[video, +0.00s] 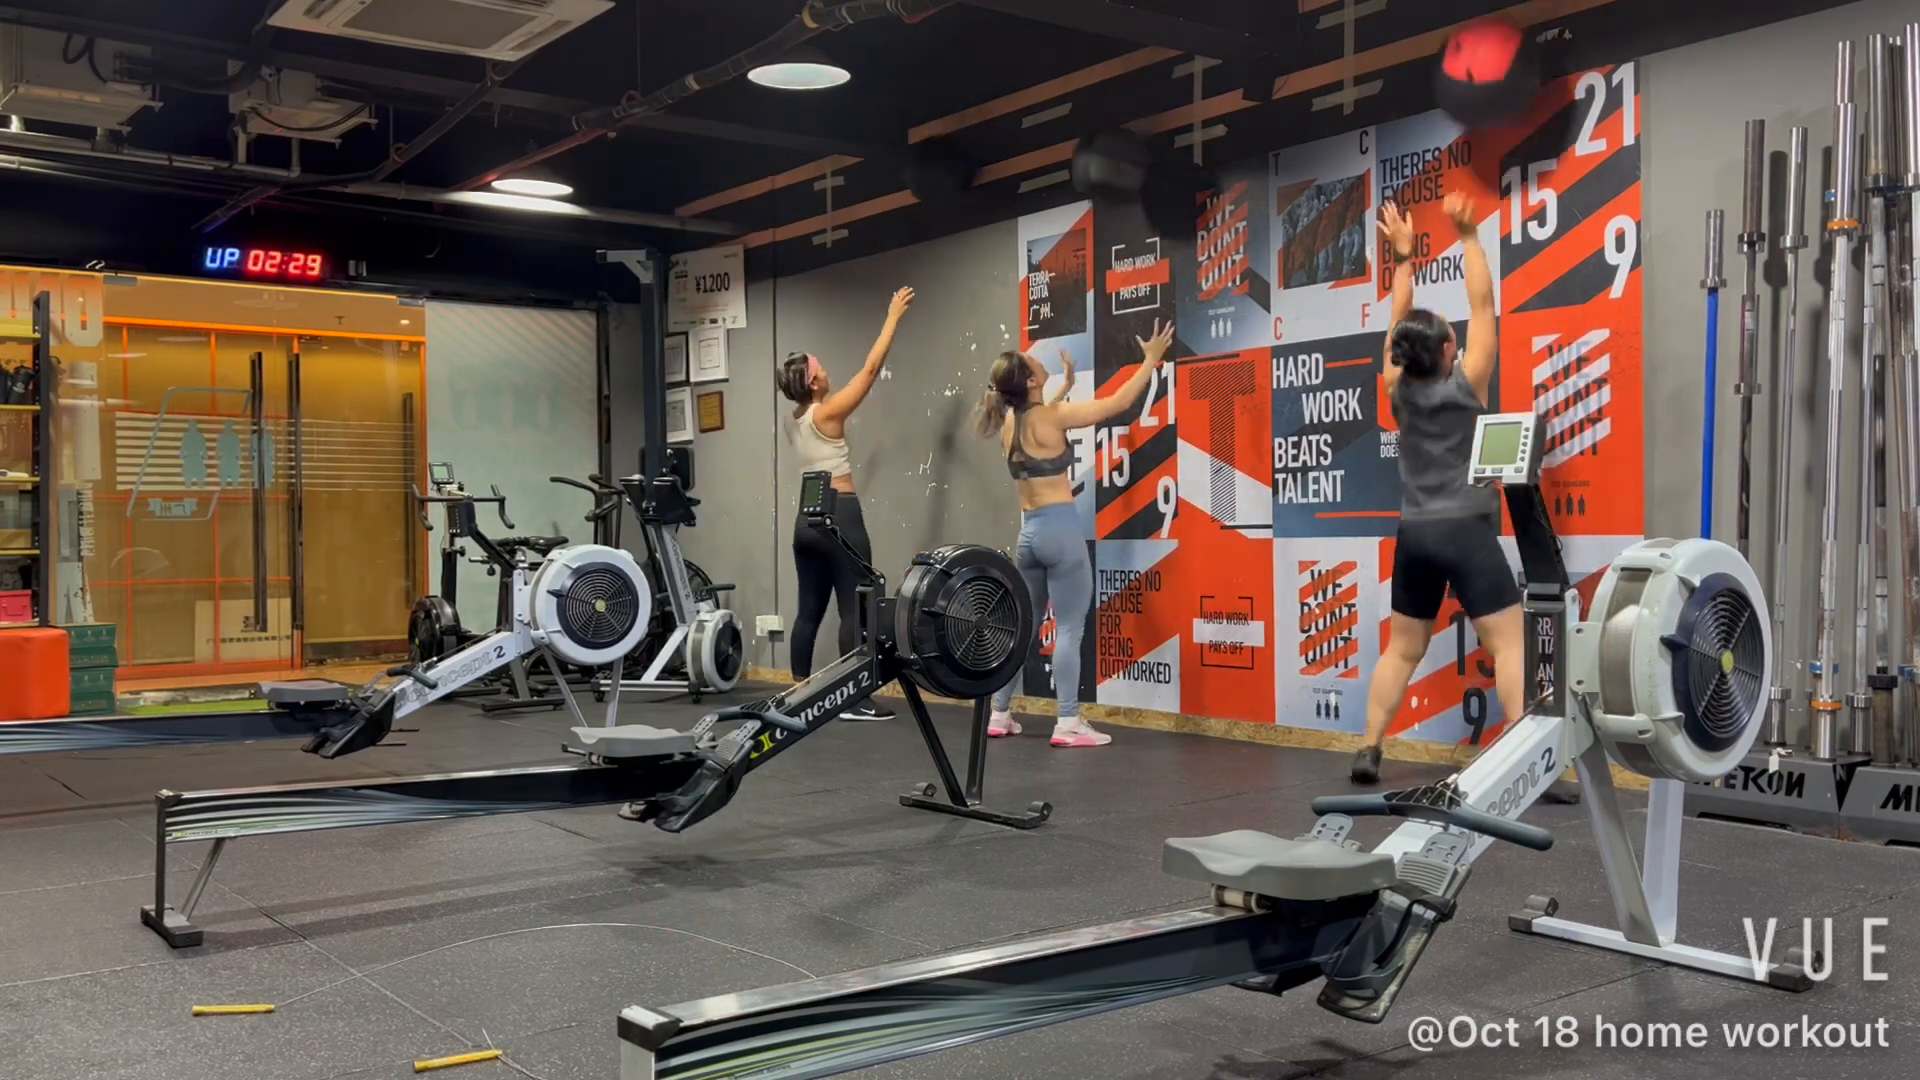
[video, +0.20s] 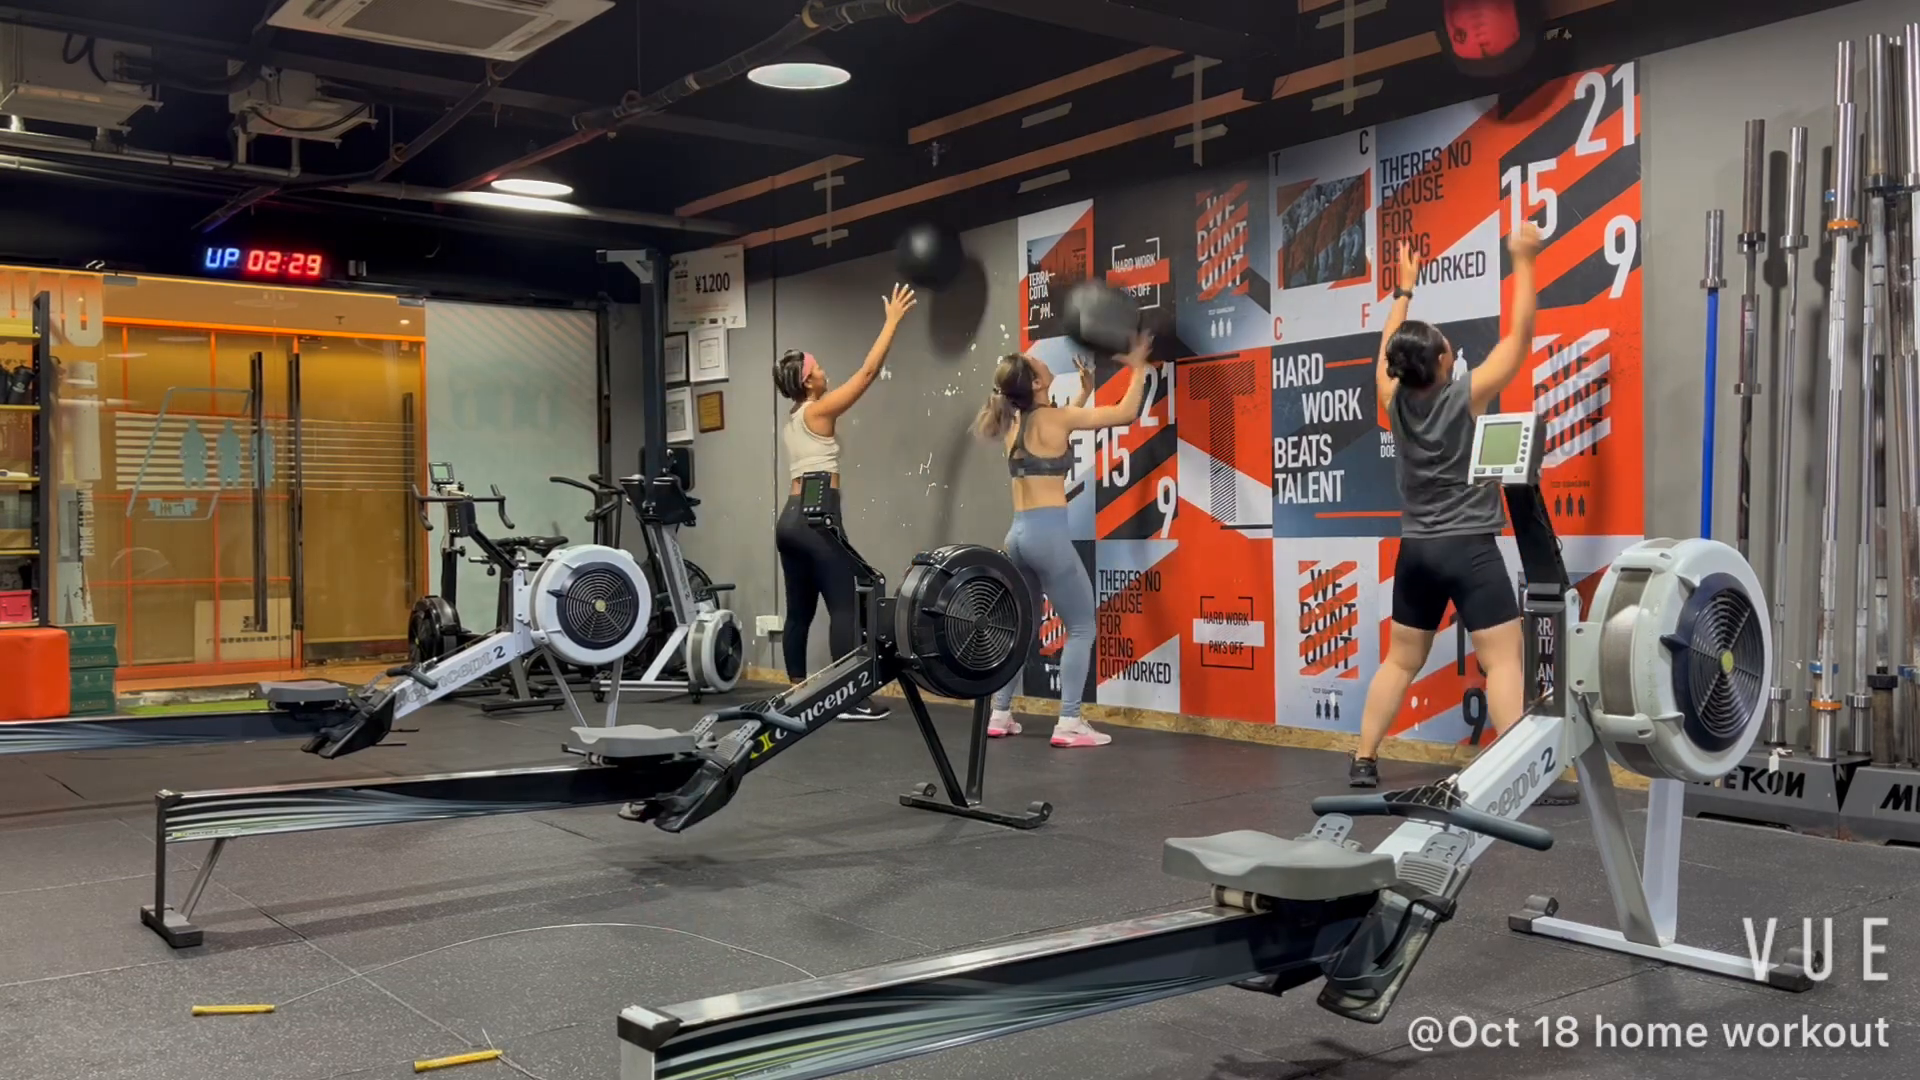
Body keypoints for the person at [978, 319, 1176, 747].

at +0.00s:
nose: (1044, 375)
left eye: (1038, 370)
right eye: (1038, 372)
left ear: (1013, 389)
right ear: (1029, 383)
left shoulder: (1009, 422)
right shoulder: (1055, 414)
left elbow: (1042, 416)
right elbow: (1119, 403)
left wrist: (1063, 386)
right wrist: (1151, 360)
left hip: (1029, 529)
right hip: (1061, 527)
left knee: (1019, 623)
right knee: (1069, 628)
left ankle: (998, 713)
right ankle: (1068, 722)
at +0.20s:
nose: (1046, 365)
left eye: (1039, 362)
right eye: (1040, 366)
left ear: (1016, 389)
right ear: (1039, 381)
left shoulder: (1016, 423)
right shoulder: (1058, 417)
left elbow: (1061, 424)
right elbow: (1125, 413)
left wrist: (1084, 391)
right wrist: (1138, 366)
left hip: (1018, 533)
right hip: (1049, 534)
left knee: (1017, 624)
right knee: (1082, 625)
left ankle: (999, 714)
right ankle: (1070, 722)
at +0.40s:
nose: (1059, 423)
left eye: (1055, 419)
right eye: (1053, 422)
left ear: (1025, 441)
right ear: (1047, 438)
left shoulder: (1018, 474)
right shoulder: (1069, 476)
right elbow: (1120, 517)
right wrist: (1125, 480)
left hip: (1006, 582)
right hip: (1041, 586)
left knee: (1023, 643)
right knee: (1112, 644)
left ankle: (999, 713)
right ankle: (1073, 723)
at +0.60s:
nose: (1058, 480)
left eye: (1051, 479)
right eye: (1053, 483)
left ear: (1023, 507)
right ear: (1050, 504)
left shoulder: (1017, 537)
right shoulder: (1070, 541)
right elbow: (1117, 588)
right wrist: (1122, 552)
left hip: (1002, 644)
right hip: (1039, 651)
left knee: (1029, 634)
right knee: (1120, 655)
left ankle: (1000, 714)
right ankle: (1073, 723)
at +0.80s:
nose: (1058, 478)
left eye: (1051, 476)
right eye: (1052, 480)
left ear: (1028, 506)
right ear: (1051, 504)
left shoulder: (1021, 537)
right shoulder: (1072, 541)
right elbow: (1116, 590)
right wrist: (1121, 554)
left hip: (1004, 641)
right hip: (1038, 648)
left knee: (1044, 639)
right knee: (1116, 655)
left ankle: (1000, 715)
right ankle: (1072, 723)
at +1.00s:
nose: (1057, 425)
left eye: (1050, 423)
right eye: (1051, 428)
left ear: (1030, 456)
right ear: (1050, 451)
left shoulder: (1025, 484)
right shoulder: (1073, 485)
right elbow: (1124, 527)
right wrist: (1125, 492)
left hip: (1007, 583)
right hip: (1040, 588)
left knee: (1038, 647)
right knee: (1109, 647)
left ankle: (1001, 715)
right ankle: (1072, 723)